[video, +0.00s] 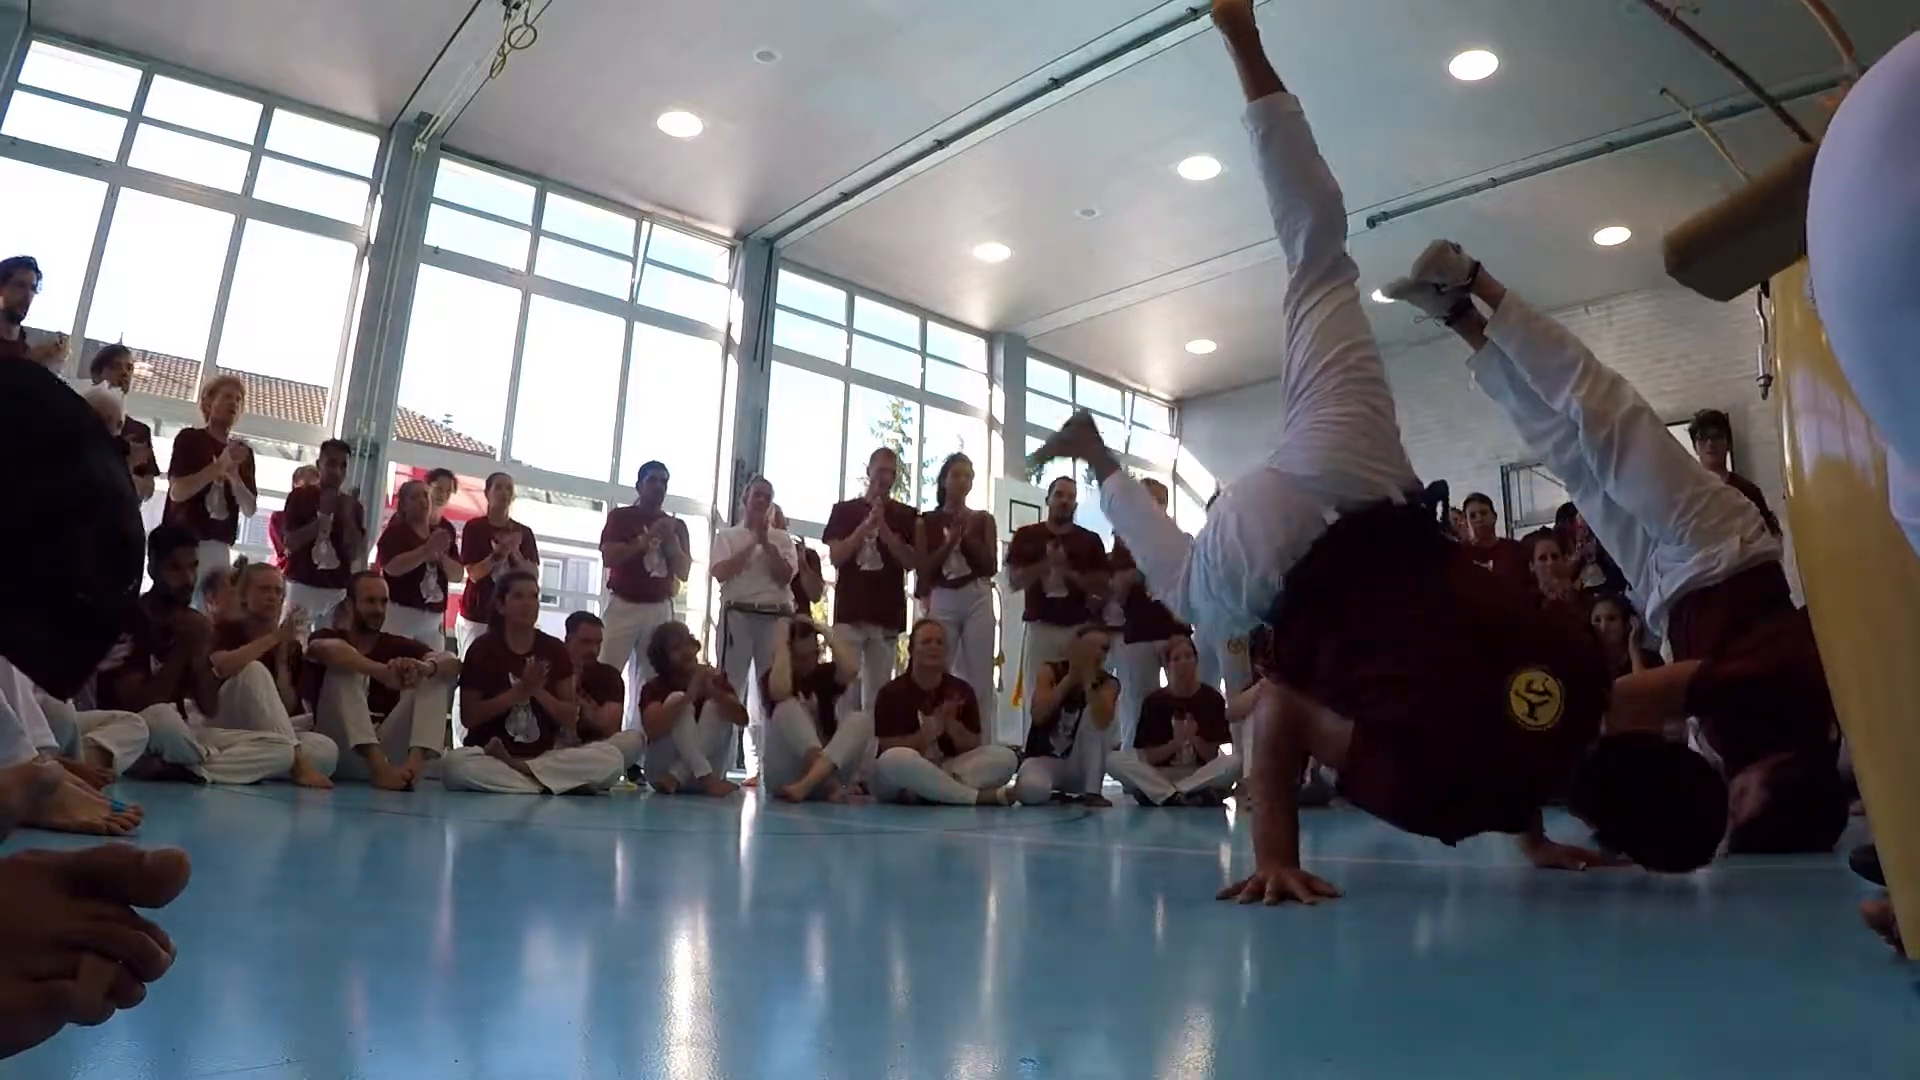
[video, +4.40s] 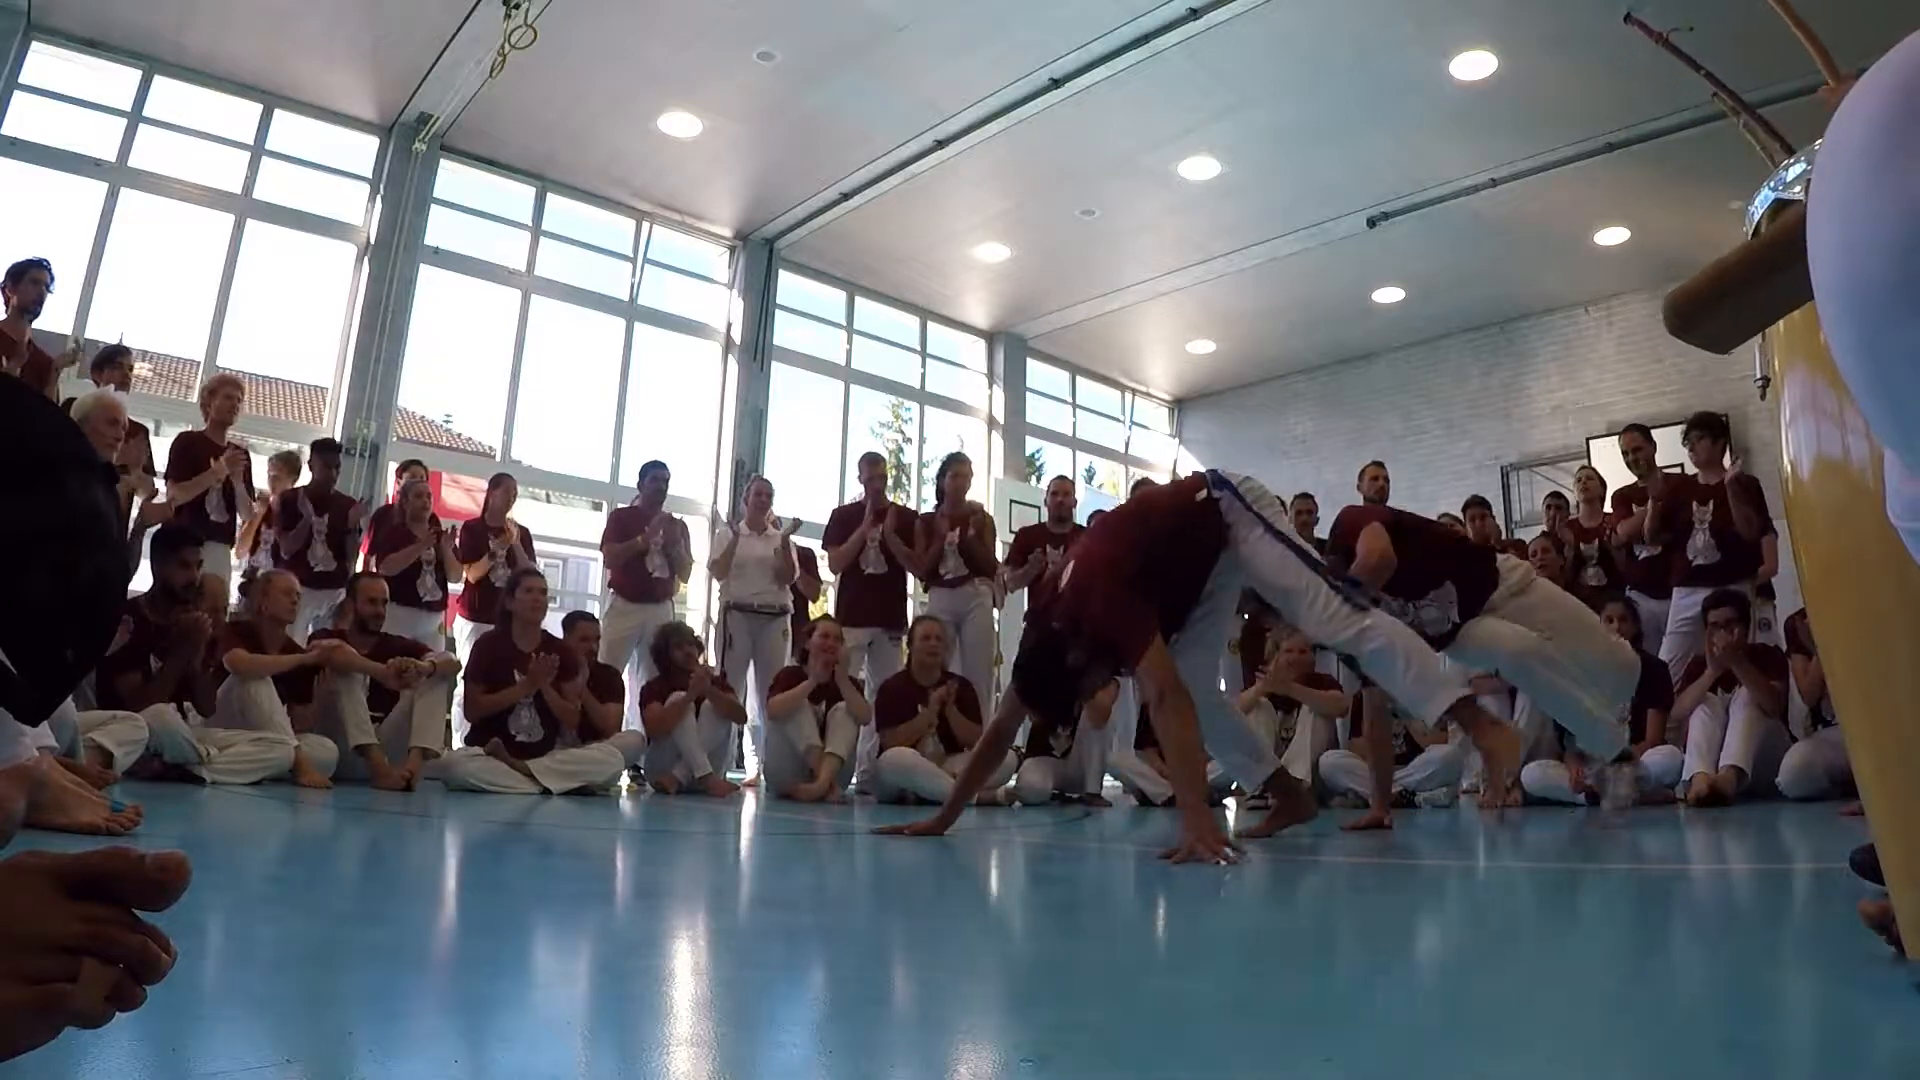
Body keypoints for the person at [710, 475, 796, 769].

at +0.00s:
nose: (759, 501)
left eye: (765, 497)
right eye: (755, 495)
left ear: (772, 503)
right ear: (744, 499)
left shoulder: (783, 538)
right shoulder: (728, 535)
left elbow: (785, 576)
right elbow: (719, 574)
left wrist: (765, 541)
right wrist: (750, 548)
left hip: (775, 616)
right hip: (737, 614)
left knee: (773, 693)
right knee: (730, 690)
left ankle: (769, 765)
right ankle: (722, 764)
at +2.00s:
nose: (761, 499)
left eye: (766, 495)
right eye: (757, 494)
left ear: (772, 502)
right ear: (745, 497)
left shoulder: (780, 536)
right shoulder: (728, 534)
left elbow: (787, 576)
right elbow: (718, 571)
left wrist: (787, 540)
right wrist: (734, 539)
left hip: (775, 616)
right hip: (736, 615)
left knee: (773, 692)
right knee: (730, 690)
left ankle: (771, 764)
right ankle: (726, 763)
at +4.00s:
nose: (761, 499)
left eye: (766, 495)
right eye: (756, 494)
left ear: (772, 501)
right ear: (745, 497)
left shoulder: (781, 539)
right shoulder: (728, 535)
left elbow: (789, 581)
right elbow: (717, 574)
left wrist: (784, 550)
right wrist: (736, 549)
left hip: (774, 616)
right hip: (736, 614)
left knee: (771, 694)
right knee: (729, 691)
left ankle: (767, 764)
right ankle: (724, 765)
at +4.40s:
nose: (761, 499)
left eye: (766, 495)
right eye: (756, 494)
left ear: (772, 501)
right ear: (745, 498)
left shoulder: (781, 537)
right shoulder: (729, 532)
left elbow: (789, 578)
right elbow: (717, 573)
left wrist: (784, 542)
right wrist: (735, 538)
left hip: (775, 617)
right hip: (736, 615)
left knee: (772, 694)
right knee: (729, 691)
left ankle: (769, 764)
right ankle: (724, 764)